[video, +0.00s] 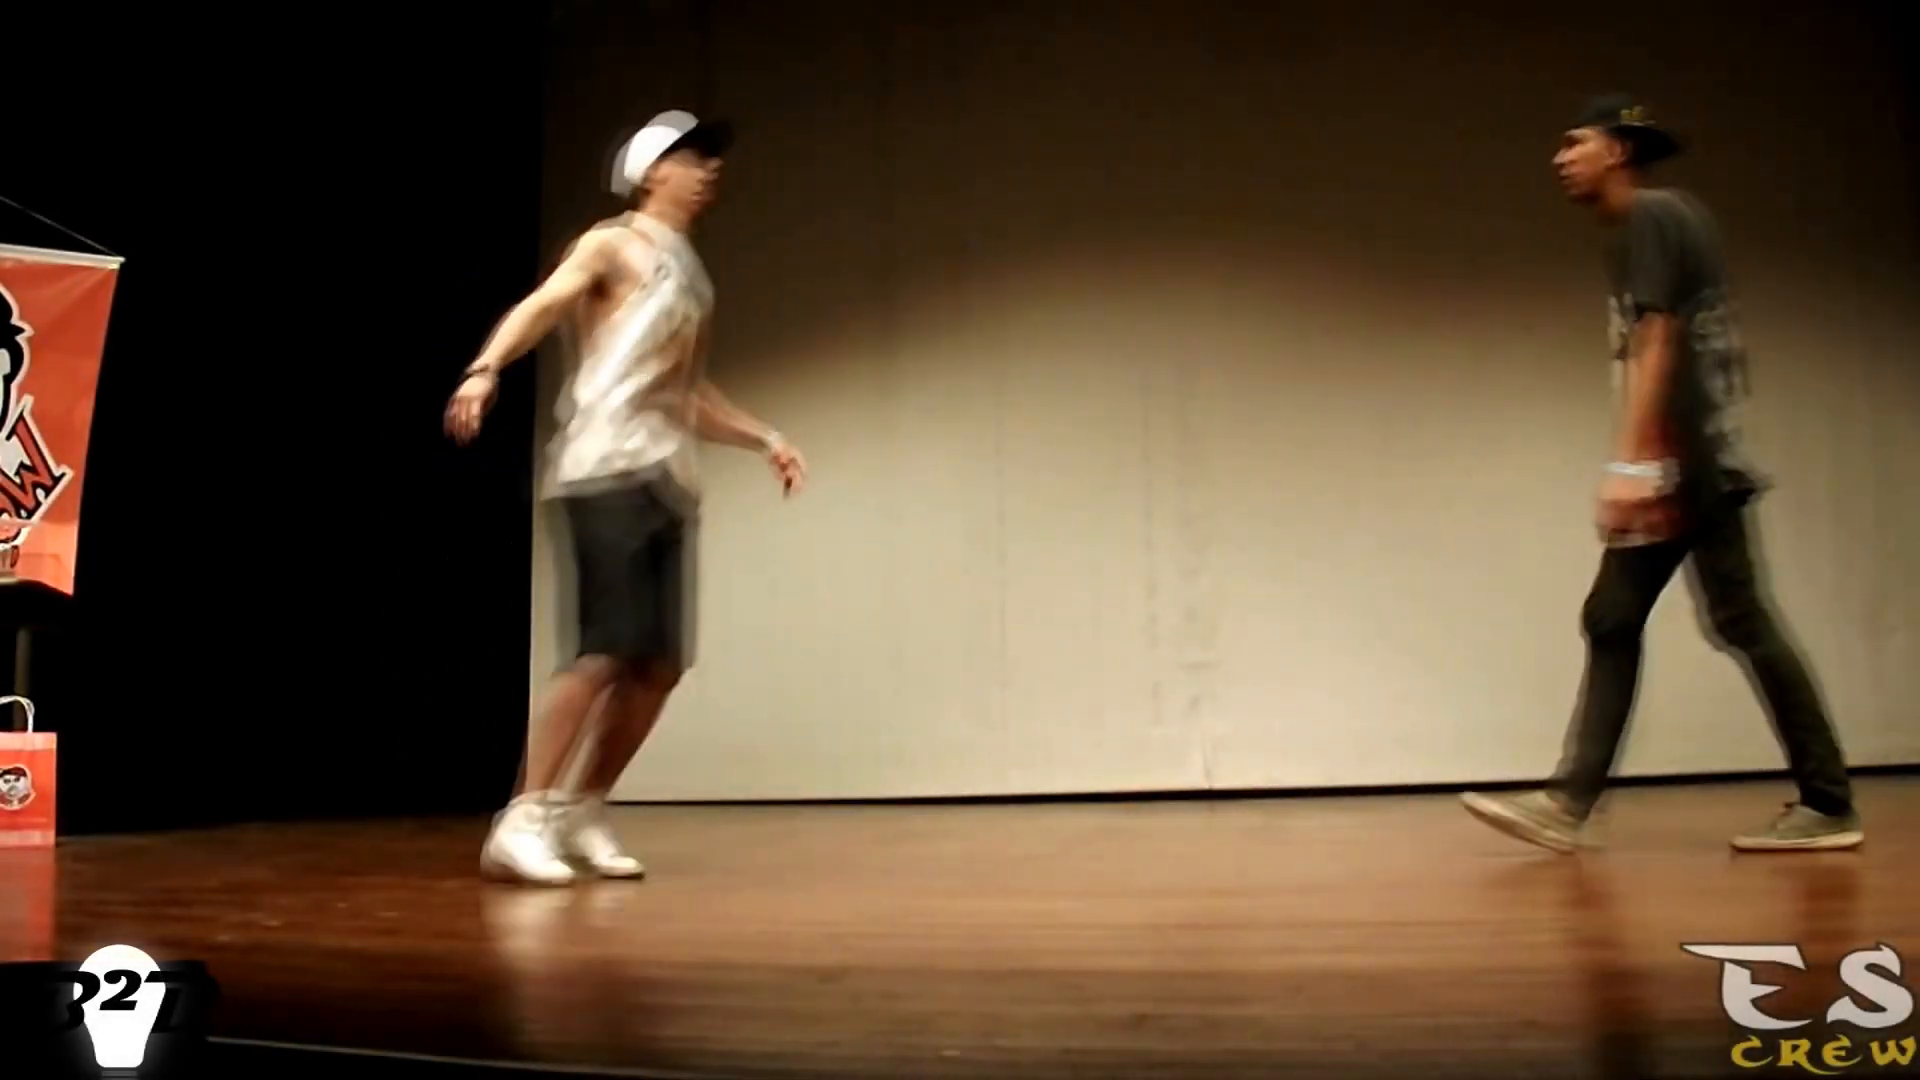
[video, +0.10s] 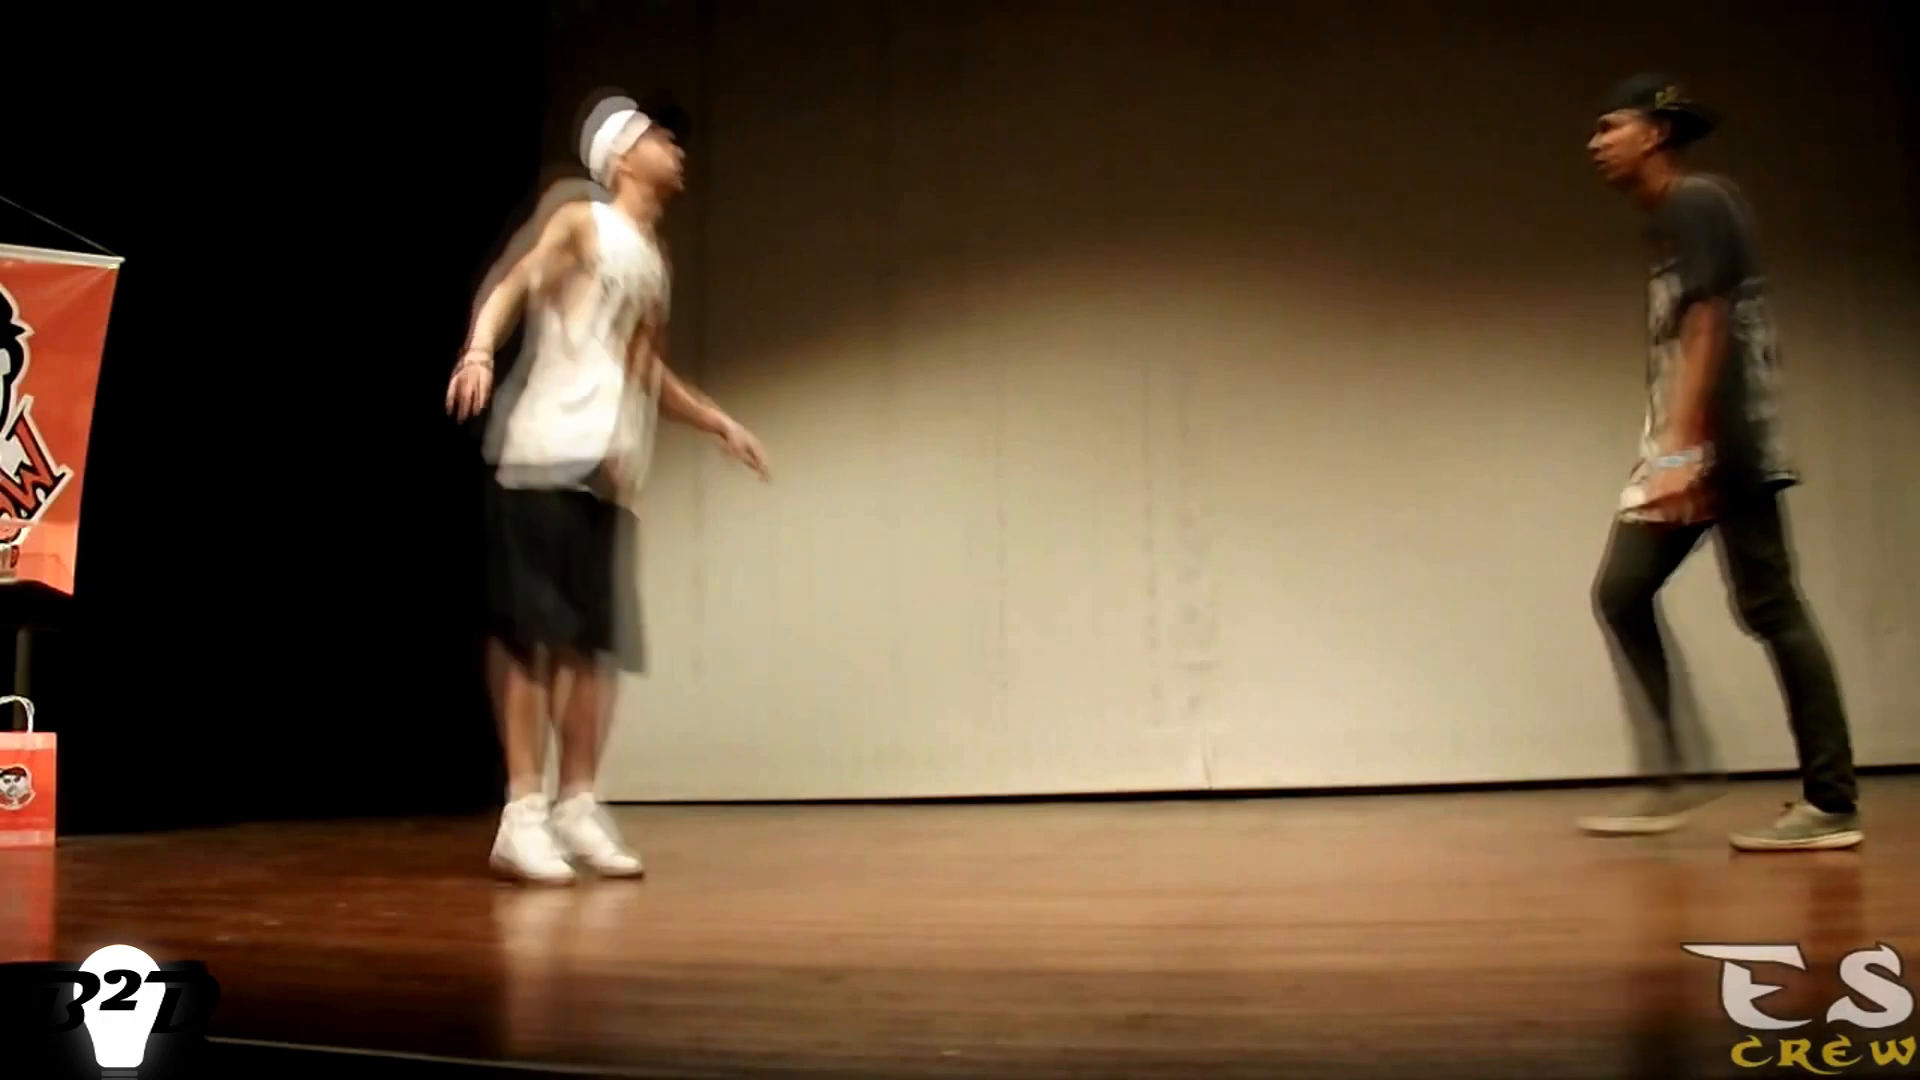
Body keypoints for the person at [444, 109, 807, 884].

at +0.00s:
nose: (710, 168)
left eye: (710, 158)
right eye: (692, 156)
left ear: (699, 179)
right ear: (649, 170)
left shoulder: (688, 273)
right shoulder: (614, 243)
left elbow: (686, 395)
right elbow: (543, 306)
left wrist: (765, 439)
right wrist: (484, 371)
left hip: (663, 477)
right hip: (603, 470)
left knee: (658, 662)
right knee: (606, 651)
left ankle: (581, 814)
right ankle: (524, 819)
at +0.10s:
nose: (675, 148)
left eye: (670, 138)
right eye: (658, 137)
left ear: (648, 160)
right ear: (621, 155)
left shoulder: (650, 262)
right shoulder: (579, 220)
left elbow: (647, 367)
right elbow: (511, 286)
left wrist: (721, 425)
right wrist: (478, 352)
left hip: (603, 470)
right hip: (539, 462)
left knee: (592, 644)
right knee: (527, 638)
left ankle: (576, 809)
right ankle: (522, 814)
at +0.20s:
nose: (645, 115)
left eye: (641, 105)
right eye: (626, 104)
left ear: (618, 126)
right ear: (587, 119)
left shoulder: (620, 218)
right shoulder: (545, 171)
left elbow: (591, 321)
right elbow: (478, 245)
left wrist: (652, 361)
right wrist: (465, 333)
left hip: (561, 416)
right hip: (491, 408)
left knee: (540, 599)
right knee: (476, 590)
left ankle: (544, 771)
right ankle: (483, 767)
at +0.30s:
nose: (598, 138)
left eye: (602, 128)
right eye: (586, 122)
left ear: (596, 142)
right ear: (546, 125)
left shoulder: (567, 227)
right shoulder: (491, 179)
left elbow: (547, 336)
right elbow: (430, 259)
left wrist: (610, 360)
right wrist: (435, 342)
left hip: (527, 428)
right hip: (462, 418)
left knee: (511, 606)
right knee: (442, 590)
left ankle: (466, 773)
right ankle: (406, 769)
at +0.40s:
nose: (549, 199)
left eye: (556, 186)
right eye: (541, 182)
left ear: (550, 192)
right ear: (503, 176)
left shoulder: (530, 279)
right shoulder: (442, 233)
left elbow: (506, 390)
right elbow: (388, 313)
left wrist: (577, 391)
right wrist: (398, 374)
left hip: (491, 471)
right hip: (424, 463)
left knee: (495, 641)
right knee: (400, 630)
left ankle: (408, 770)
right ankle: (319, 796)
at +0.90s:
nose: (533, 293)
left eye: (541, 285)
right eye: (532, 277)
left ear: (533, 276)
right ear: (507, 249)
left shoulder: (496, 319)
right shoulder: (428, 274)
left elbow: (472, 396)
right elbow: (357, 340)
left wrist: (526, 398)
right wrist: (355, 389)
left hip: (449, 503)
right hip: (385, 496)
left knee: (433, 646)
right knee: (354, 645)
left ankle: (411, 779)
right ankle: (304, 781)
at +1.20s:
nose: (589, 332)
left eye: (597, 326)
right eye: (592, 320)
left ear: (585, 311)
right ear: (573, 294)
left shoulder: (551, 340)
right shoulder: (495, 310)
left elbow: (534, 403)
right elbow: (425, 374)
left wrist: (576, 421)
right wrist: (400, 446)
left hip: (508, 515)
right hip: (460, 509)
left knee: (480, 656)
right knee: (442, 651)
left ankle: (445, 783)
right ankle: (390, 774)